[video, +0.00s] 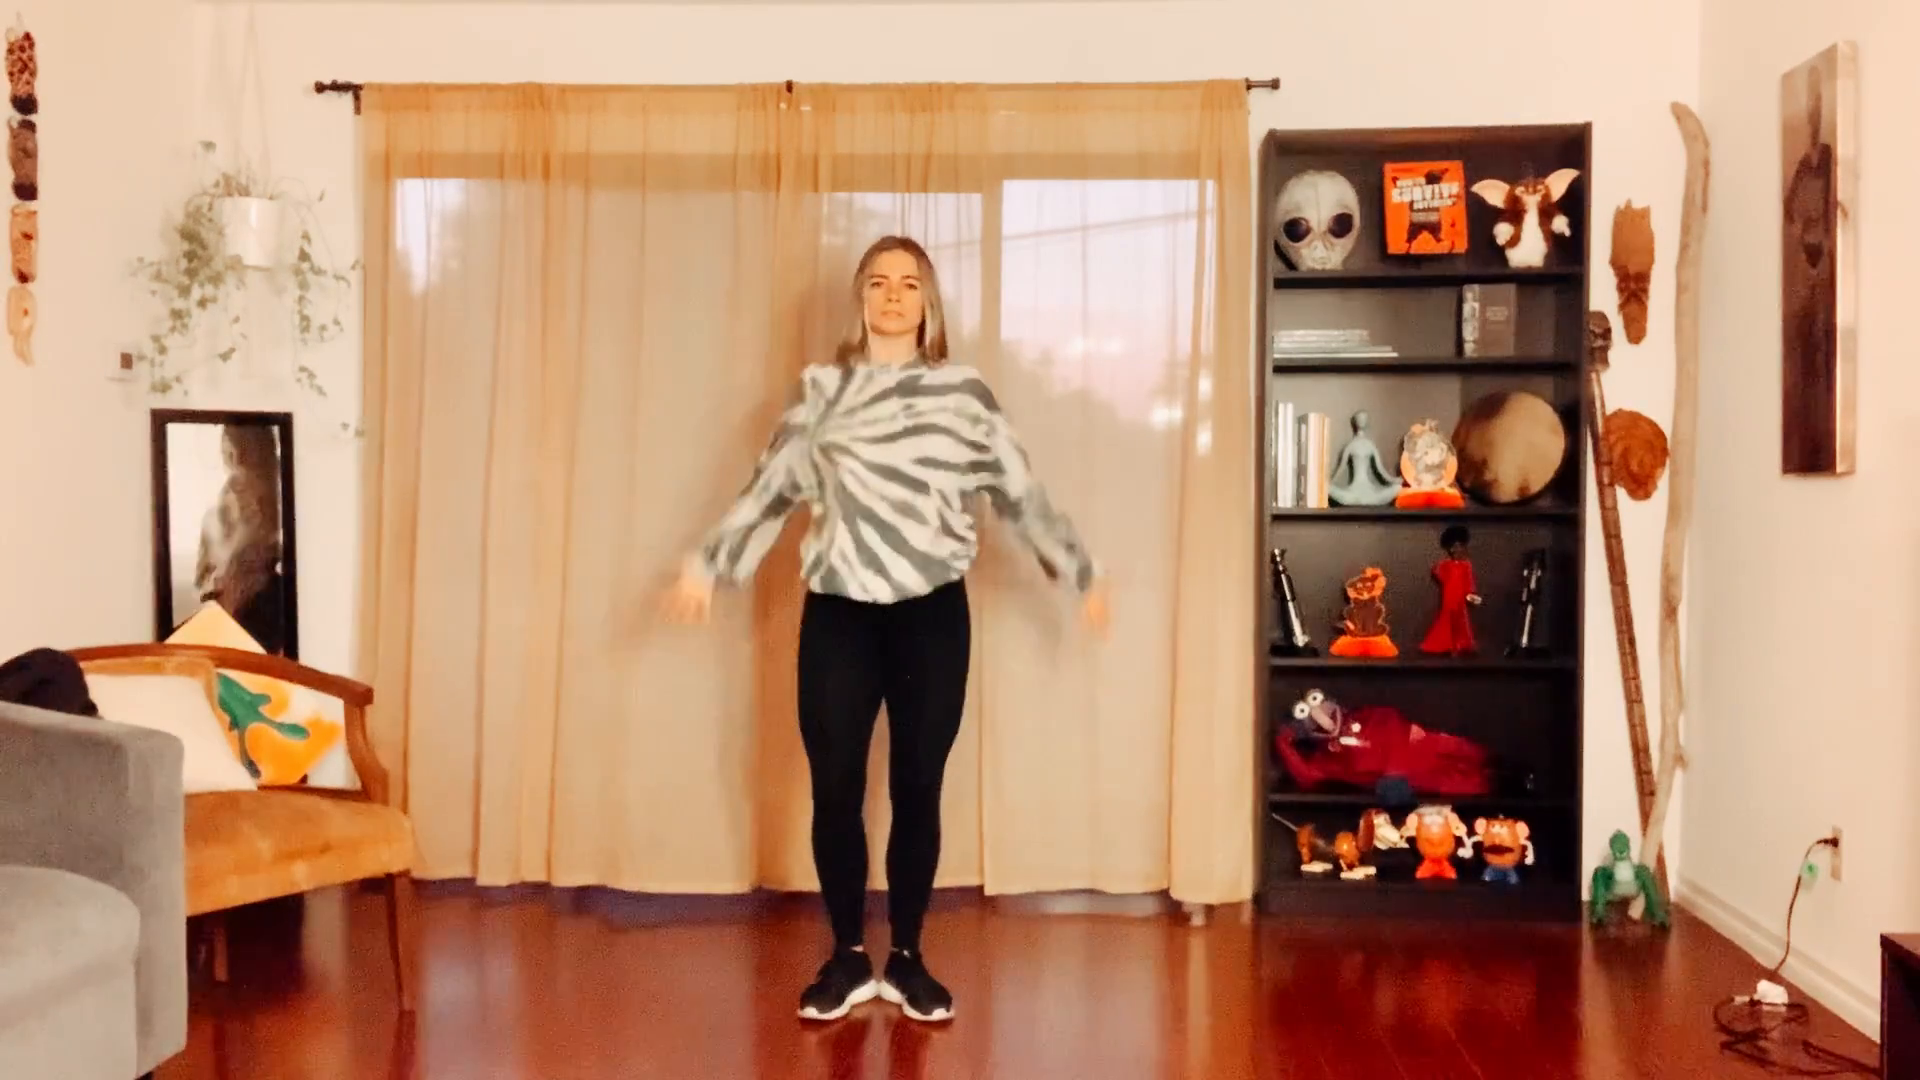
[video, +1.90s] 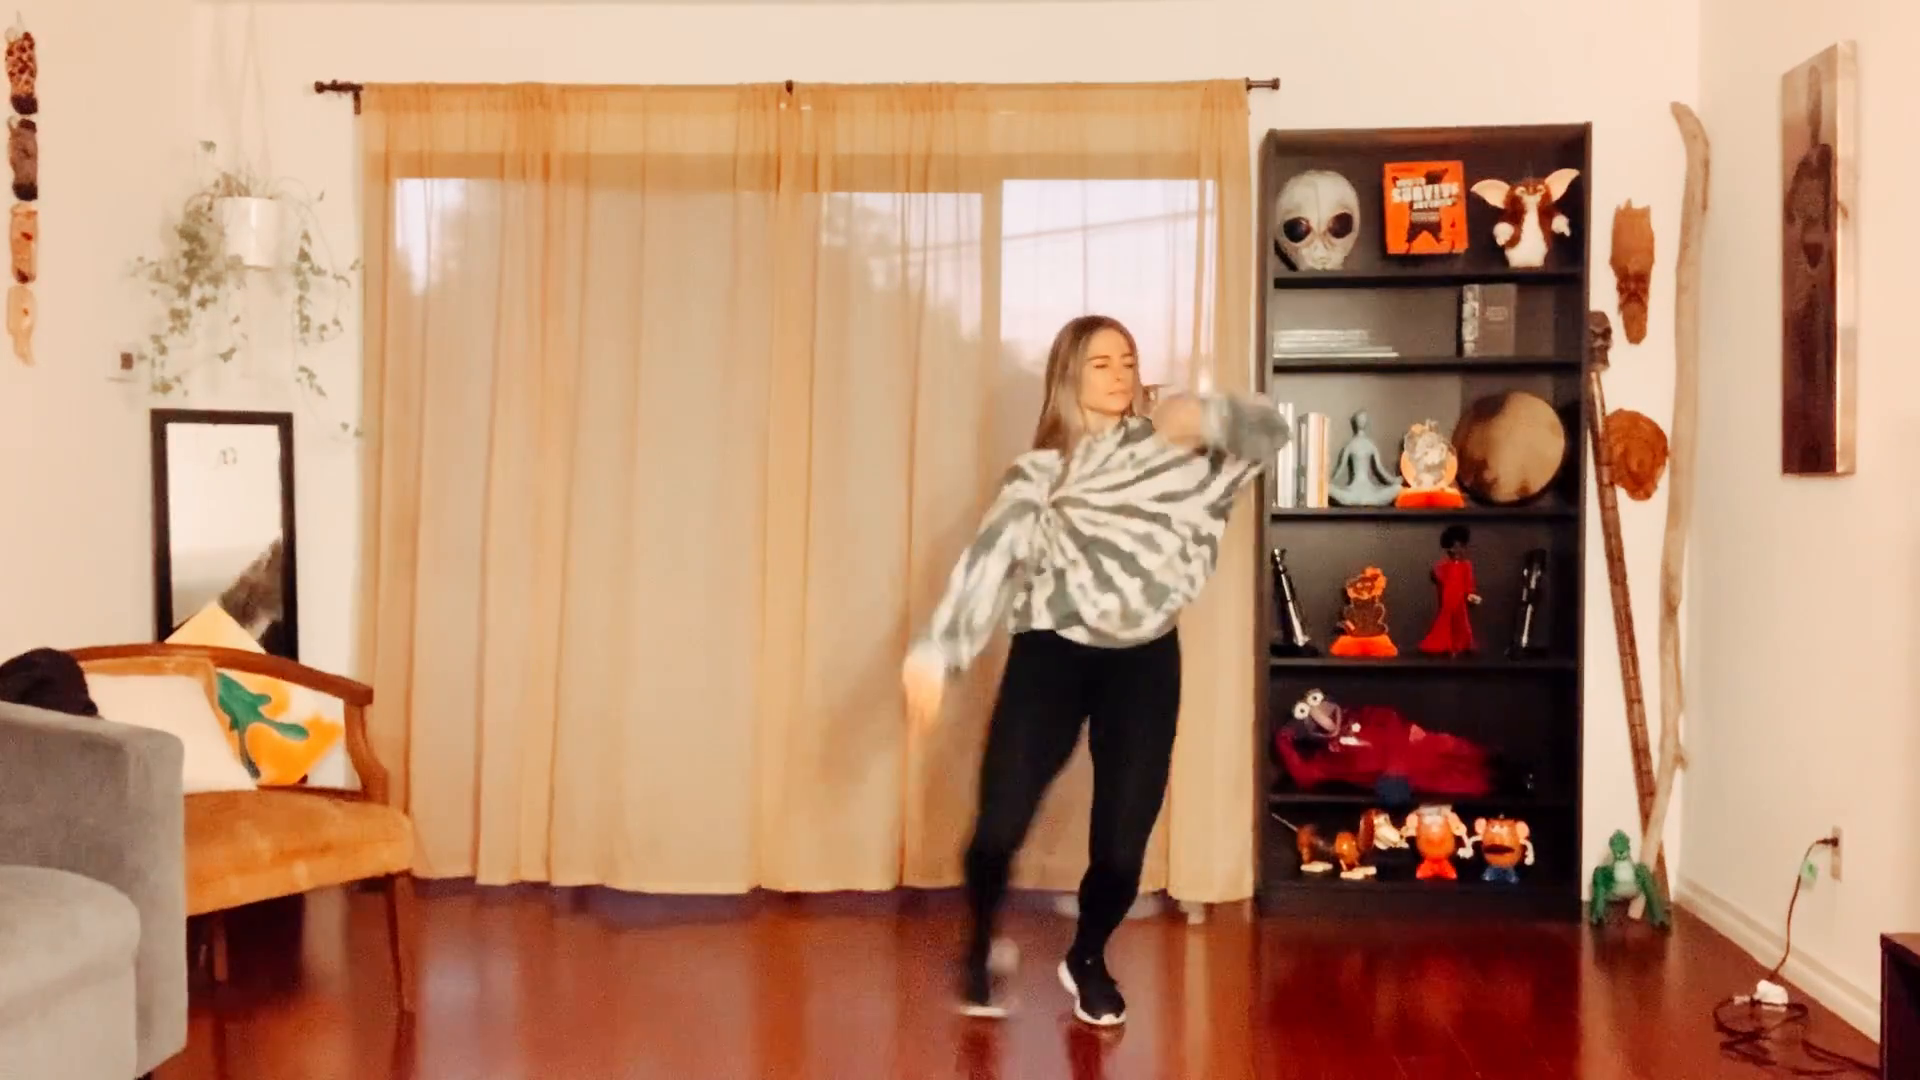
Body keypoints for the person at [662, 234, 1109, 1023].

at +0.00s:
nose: (892, 293)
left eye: (908, 283)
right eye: (879, 281)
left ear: (928, 300)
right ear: (859, 297)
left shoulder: (963, 394)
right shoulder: (825, 390)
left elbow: (1019, 494)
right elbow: (774, 486)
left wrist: (1080, 571)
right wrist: (709, 562)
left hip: (930, 613)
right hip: (838, 612)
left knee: (916, 789)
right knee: (837, 788)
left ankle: (905, 960)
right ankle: (848, 958)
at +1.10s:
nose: (876, 334)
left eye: (891, 326)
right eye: (863, 322)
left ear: (910, 344)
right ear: (838, 335)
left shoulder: (947, 426)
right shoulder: (801, 426)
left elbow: (1012, 531)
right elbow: (715, 472)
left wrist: (1059, 630)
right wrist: (624, 462)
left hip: (961, 626)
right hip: (865, 634)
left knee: (1001, 797)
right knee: (794, 790)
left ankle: (1013, 963)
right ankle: (765, 954)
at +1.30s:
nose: (952, 347)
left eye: (964, 339)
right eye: (937, 334)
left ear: (979, 357)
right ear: (906, 348)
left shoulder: (1007, 449)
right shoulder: (866, 430)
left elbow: (1072, 549)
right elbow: (792, 467)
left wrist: (1152, 605)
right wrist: (717, 456)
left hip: (987, 653)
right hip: (888, 648)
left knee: (1086, 800)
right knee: (801, 796)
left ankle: (1049, 969)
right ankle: (755, 955)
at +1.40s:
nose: (1018, 347)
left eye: (1033, 341)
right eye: (1004, 338)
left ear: (1054, 368)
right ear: (977, 359)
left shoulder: (1084, 462)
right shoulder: (934, 442)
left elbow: (1185, 508)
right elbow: (863, 522)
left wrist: (1303, 512)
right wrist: (800, 574)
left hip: (1002, 662)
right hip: (902, 647)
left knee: (1106, 805)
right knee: (807, 797)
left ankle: (1051, 969)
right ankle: (752, 955)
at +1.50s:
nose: (1055, 359)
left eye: (1070, 350)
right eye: (1040, 351)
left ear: (1091, 376)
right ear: (1021, 375)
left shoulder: (1129, 463)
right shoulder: (983, 459)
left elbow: (1236, 454)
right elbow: (925, 549)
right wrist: (865, 624)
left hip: (1028, 668)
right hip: (930, 650)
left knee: (1129, 817)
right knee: (831, 801)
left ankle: (1054, 972)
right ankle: (760, 954)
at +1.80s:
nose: (1108, 375)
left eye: (1118, 364)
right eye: (1089, 366)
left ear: (1132, 376)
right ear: (1059, 384)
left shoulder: (1176, 442)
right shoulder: (1034, 481)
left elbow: (1277, 435)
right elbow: (973, 597)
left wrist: (1242, 364)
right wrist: (924, 700)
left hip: (1121, 668)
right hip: (1025, 657)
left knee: (1139, 858)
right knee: (932, 820)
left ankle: (1082, 956)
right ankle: (877, 945)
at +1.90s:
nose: (1119, 373)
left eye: (1127, 362)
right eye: (1102, 363)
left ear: (1139, 375)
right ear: (1069, 376)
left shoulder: (1176, 463)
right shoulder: (1043, 473)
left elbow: (1272, 433)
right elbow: (988, 565)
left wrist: (1212, 413)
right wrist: (935, 650)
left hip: (1143, 661)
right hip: (1050, 656)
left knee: (1123, 847)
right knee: (998, 829)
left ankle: (1087, 957)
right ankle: (981, 952)